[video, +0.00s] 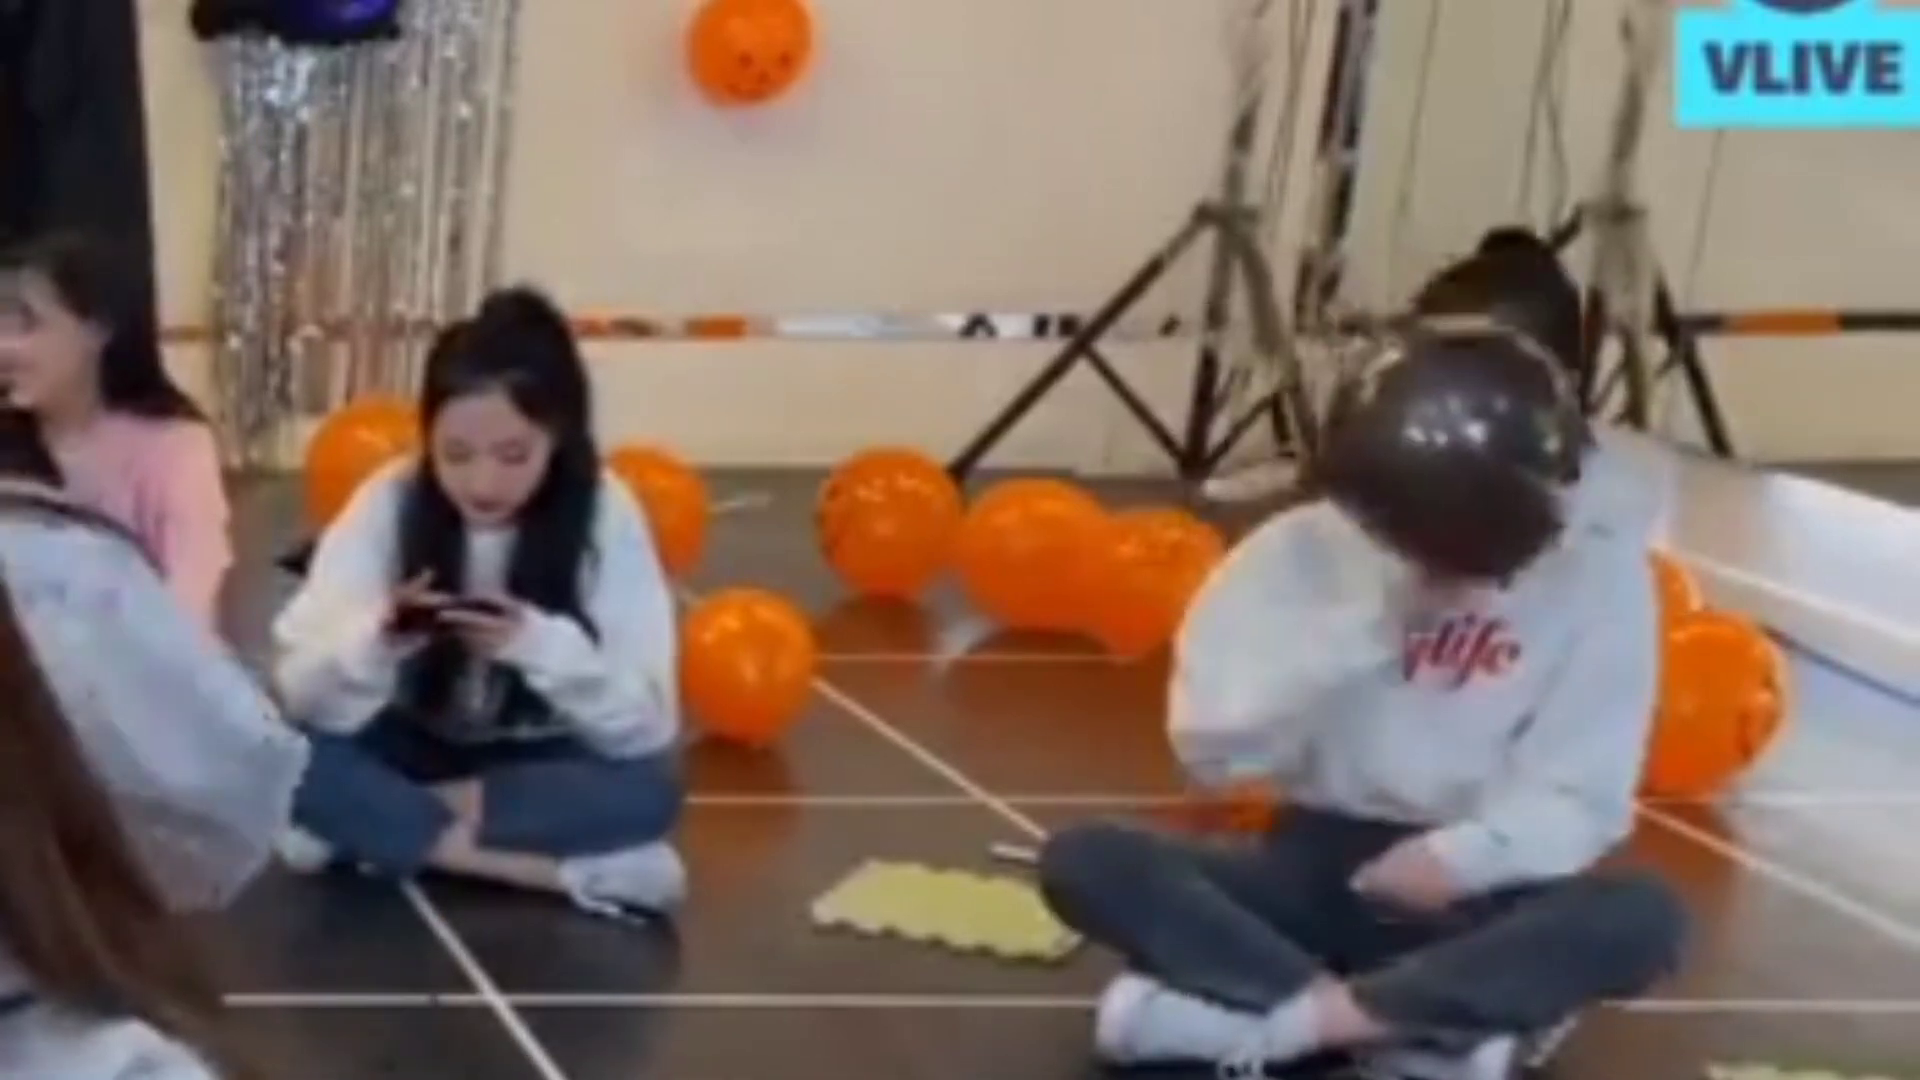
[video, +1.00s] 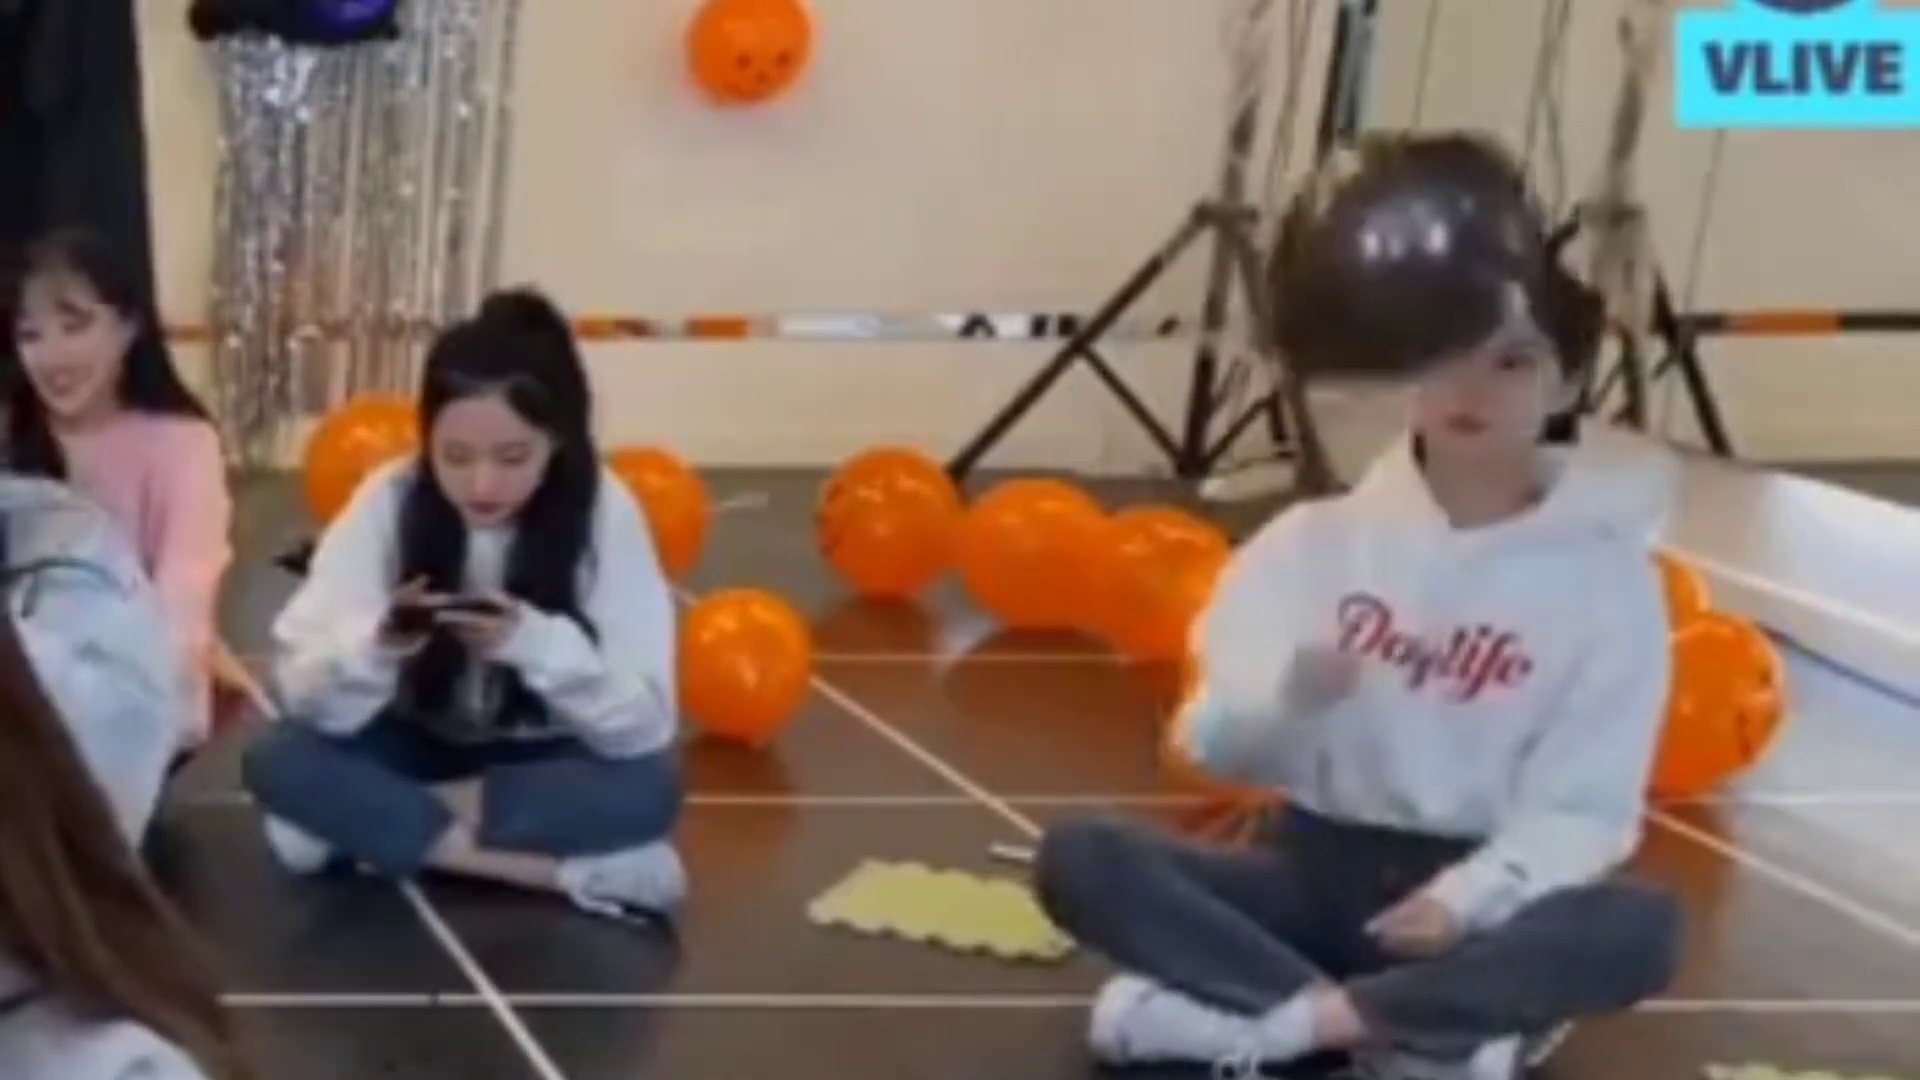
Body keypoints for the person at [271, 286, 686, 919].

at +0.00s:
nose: (483, 485)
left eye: (513, 457)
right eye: (457, 456)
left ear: (558, 442)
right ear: (427, 440)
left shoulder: (605, 515)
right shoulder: (390, 502)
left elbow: (646, 725)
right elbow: (304, 699)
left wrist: (535, 646)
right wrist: (382, 641)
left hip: (543, 744)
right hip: (407, 736)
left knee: (647, 793)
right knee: (296, 768)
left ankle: (375, 835)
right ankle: (550, 877)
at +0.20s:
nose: (483, 486)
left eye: (512, 458)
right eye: (458, 457)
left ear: (559, 444)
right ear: (426, 440)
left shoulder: (604, 512)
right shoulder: (389, 502)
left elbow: (644, 724)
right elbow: (306, 698)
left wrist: (531, 643)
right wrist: (385, 644)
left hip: (542, 745)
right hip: (409, 740)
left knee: (648, 791)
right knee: (276, 761)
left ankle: (367, 839)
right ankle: (550, 877)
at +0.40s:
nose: (482, 486)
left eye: (512, 459)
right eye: (457, 457)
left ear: (558, 445)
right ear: (426, 440)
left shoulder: (604, 513)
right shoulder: (388, 504)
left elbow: (644, 724)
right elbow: (306, 699)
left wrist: (529, 643)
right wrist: (385, 645)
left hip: (543, 745)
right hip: (410, 740)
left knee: (646, 790)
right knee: (277, 762)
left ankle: (368, 838)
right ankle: (550, 878)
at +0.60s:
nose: (481, 487)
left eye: (511, 459)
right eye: (456, 458)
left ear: (558, 445)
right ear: (426, 440)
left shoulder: (603, 513)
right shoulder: (388, 502)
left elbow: (644, 724)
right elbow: (304, 699)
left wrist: (527, 643)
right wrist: (385, 645)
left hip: (542, 744)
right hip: (409, 740)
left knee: (647, 790)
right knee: (275, 762)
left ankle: (367, 838)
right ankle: (550, 877)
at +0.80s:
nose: (483, 487)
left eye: (512, 459)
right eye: (457, 458)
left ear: (559, 445)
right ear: (426, 441)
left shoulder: (603, 513)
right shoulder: (389, 502)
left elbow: (644, 724)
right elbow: (305, 699)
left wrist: (527, 642)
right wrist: (383, 645)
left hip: (542, 744)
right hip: (409, 738)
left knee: (647, 790)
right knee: (276, 761)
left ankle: (367, 838)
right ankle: (550, 877)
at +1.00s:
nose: (482, 487)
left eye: (512, 459)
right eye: (457, 458)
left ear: (559, 445)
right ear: (426, 440)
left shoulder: (603, 513)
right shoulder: (389, 501)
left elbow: (644, 724)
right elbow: (305, 698)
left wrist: (529, 643)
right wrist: (383, 647)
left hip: (542, 744)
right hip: (409, 739)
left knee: (647, 789)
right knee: (276, 761)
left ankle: (367, 839)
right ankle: (550, 877)